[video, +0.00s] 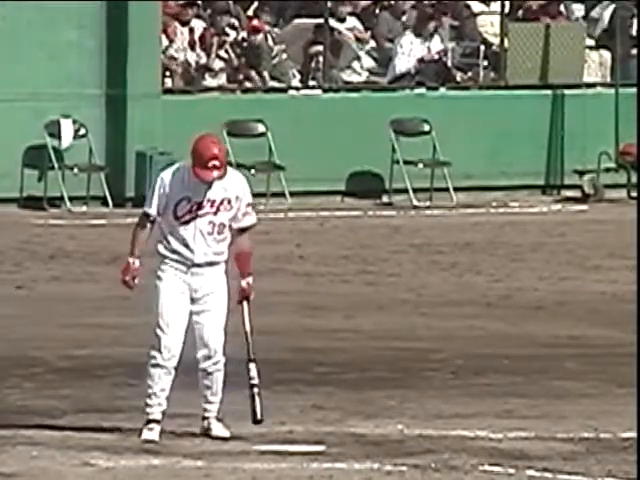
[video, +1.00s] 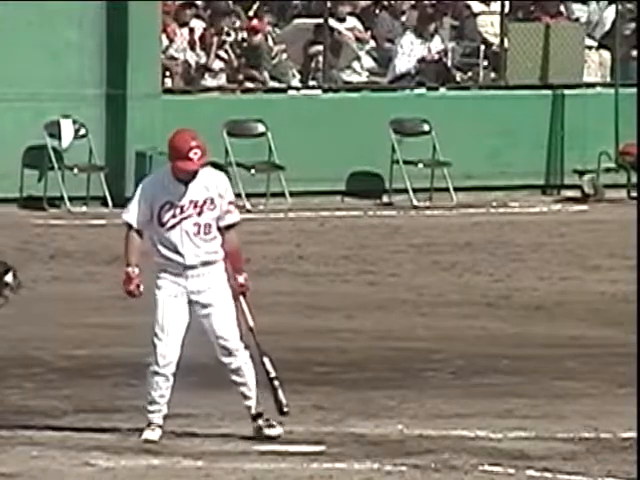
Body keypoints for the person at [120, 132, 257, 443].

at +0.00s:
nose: (214, 173)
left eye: (218, 167)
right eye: (207, 168)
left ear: (224, 160)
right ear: (193, 162)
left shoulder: (236, 183)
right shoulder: (169, 179)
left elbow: (242, 233)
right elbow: (146, 221)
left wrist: (246, 276)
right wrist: (133, 257)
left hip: (212, 274)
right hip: (173, 273)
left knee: (212, 349)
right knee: (167, 347)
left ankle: (211, 417)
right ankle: (153, 419)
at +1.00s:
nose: (195, 170)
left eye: (198, 164)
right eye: (188, 166)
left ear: (202, 157)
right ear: (172, 162)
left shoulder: (215, 180)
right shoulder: (151, 186)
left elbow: (229, 229)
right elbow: (134, 227)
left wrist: (239, 272)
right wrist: (132, 267)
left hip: (211, 275)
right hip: (170, 278)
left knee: (230, 345)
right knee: (164, 354)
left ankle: (257, 413)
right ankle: (154, 422)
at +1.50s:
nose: (230, 168)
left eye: (232, 163)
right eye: (225, 163)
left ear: (233, 160)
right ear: (209, 160)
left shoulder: (242, 187)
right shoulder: (180, 187)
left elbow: (253, 237)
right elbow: (161, 232)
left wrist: (264, 272)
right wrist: (178, 267)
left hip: (227, 279)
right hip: (188, 279)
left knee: (243, 351)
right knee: (171, 355)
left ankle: (268, 421)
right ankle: (155, 421)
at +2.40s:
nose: (218, 152)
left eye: (219, 146)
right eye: (211, 147)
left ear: (218, 149)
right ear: (193, 151)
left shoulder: (229, 184)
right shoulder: (167, 185)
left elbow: (232, 236)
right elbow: (147, 228)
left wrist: (221, 273)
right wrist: (161, 268)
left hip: (218, 277)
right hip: (178, 279)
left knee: (239, 350)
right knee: (167, 357)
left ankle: (267, 419)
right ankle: (154, 421)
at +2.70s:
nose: (222, 150)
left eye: (223, 145)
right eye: (215, 146)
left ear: (222, 147)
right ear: (196, 149)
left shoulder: (233, 183)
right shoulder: (169, 182)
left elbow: (227, 232)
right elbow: (154, 224)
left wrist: (193, 253)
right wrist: (162, 244)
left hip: (221, 277)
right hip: (184, 280)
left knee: (241, 351)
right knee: (169, 357)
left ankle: (267, 421)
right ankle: (154, 421)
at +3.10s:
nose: (225, 150)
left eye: (225, 144)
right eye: (218, 145)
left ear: (223, 147)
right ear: (199, 148)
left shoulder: (235, 180)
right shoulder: (175, 183)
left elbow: (248, 225)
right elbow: (162, 233)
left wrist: (221, 217)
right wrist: (187, 212)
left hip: (224, 276)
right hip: (186, 277)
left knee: (243, 351)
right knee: (173, 356)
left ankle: (268, 421)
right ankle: (155, 421)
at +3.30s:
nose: (231, 151)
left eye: (231, 145)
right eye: (224, 146)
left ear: (227, 149)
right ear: (206, 151)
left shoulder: (236, 177)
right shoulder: (188, 186)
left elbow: (259, 220)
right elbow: (194, 234)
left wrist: (249, 213)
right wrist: (220, 217)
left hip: (228, 277)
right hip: (192, 279)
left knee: (245, 350)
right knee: (178, 354)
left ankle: (268, 421)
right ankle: (156, 421)